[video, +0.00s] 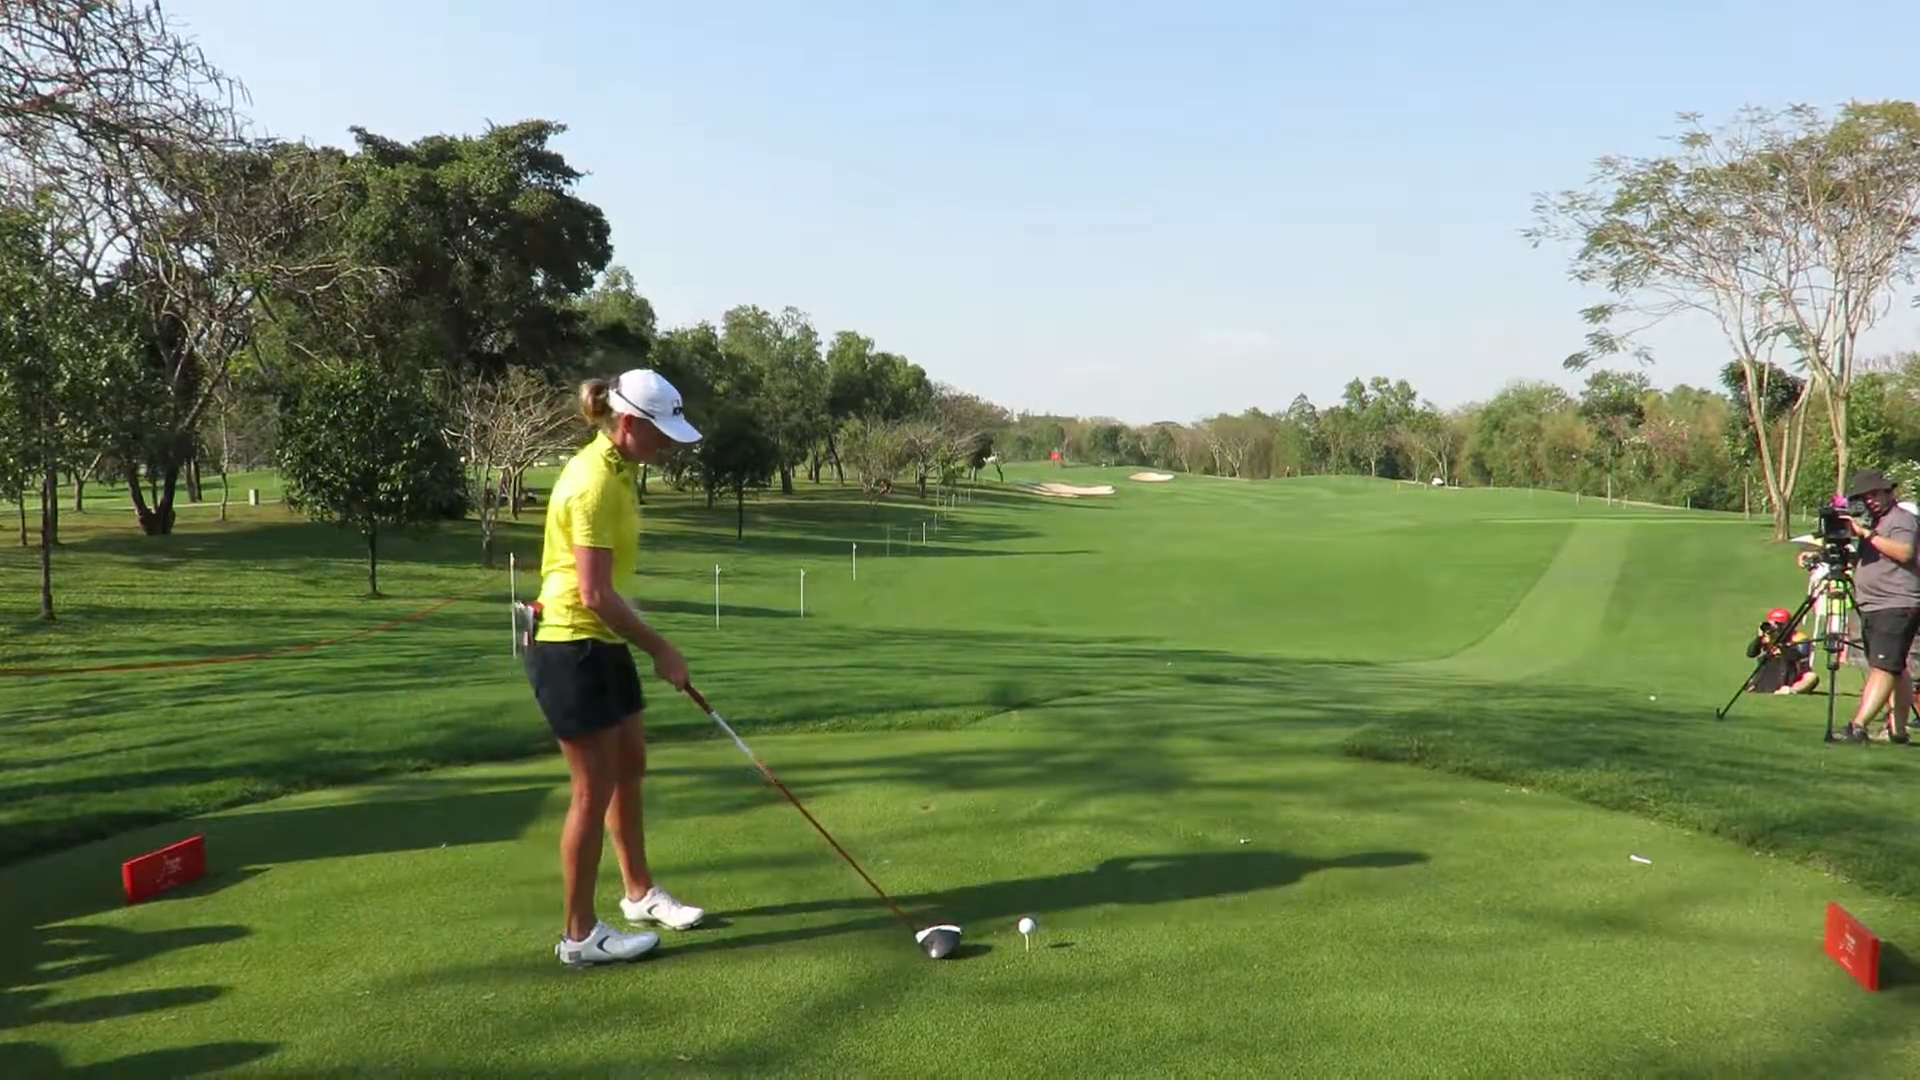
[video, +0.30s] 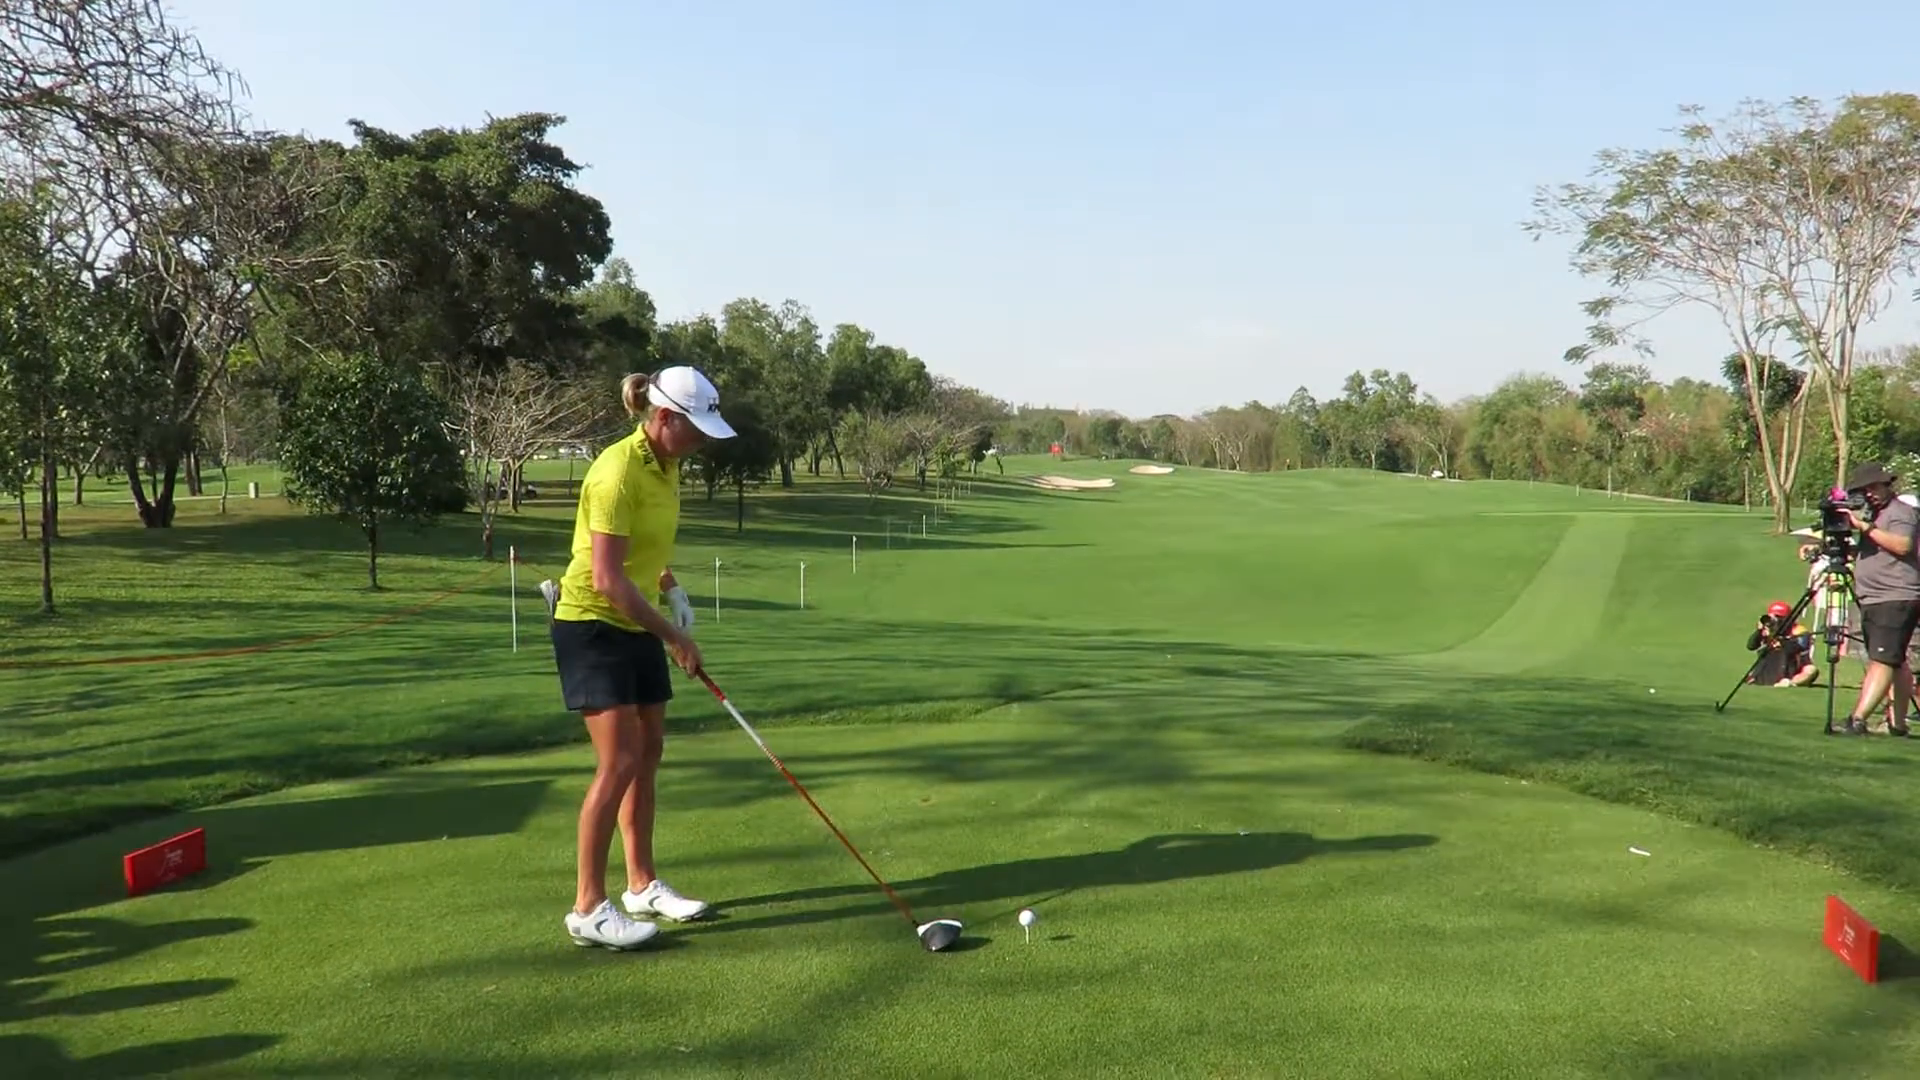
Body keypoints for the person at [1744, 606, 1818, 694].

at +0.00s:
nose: (1774, 630)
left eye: (1778, 626)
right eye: (1771, 626)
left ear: (1786, 626)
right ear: (1769, 626)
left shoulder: (1799, 638)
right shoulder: (1769, 638)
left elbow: (1799, 655)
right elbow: (1751, 654)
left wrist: (1783, 651)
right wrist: (1759, 638)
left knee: (1812, 677)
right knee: (1750, 685)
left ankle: (1791, 690)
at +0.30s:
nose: (1774, 623)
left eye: (1778, 619)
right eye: (1771, 619)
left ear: (1786, 619)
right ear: (1769, 619)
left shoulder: (1799, 631)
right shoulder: (1769, 631)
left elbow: (1800, 646)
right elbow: (1751, 646)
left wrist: (1782, 643)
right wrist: (1759, 631)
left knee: (1812, 669)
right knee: (1750, 676)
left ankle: (1792, 682)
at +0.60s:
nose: (1773, 603)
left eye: (1777, 599)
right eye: (1771, 599)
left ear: (1785, 599)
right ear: (1769, 598)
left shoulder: (1799, 611)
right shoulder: (1769, 610)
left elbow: (1800, 626)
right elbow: (1751, 626)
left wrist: (1782, 623)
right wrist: (1759, 611)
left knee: (1812, 648)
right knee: (1749, 655)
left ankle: (1791, 661)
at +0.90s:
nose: (1772, 592)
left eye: (1776, 588)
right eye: (1770, 588)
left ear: (1785, 589)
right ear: (1768, 588)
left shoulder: (1798, 601)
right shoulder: (1768, 601)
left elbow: (1799, 615)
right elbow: (1750, 616)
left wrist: (1781, 613)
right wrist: (1759, 601)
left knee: (1811, 639)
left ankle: (1790, 652)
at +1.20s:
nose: (1772, 586)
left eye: (1775, 583)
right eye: (1770, 583)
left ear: (1784, 583)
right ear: (1768, 583)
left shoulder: (1798, 595)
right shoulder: (1768, 594)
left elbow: (1800, 610)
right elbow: (1750, 610)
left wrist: (1782, 606)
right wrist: (1758, 595)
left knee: (1810, 633)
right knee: (1748, 641)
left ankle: (1790, 646)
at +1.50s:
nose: (1773, 581)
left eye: (1776, 577)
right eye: (1770, 577)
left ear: (1785, 577)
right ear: (1768, 576)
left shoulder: (1798, 589)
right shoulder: (1769, 588)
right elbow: (1750, 604)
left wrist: (1782, 602)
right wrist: (1759, 589)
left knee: (1810, 627)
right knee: (1748, 634)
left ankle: (1790, 640)